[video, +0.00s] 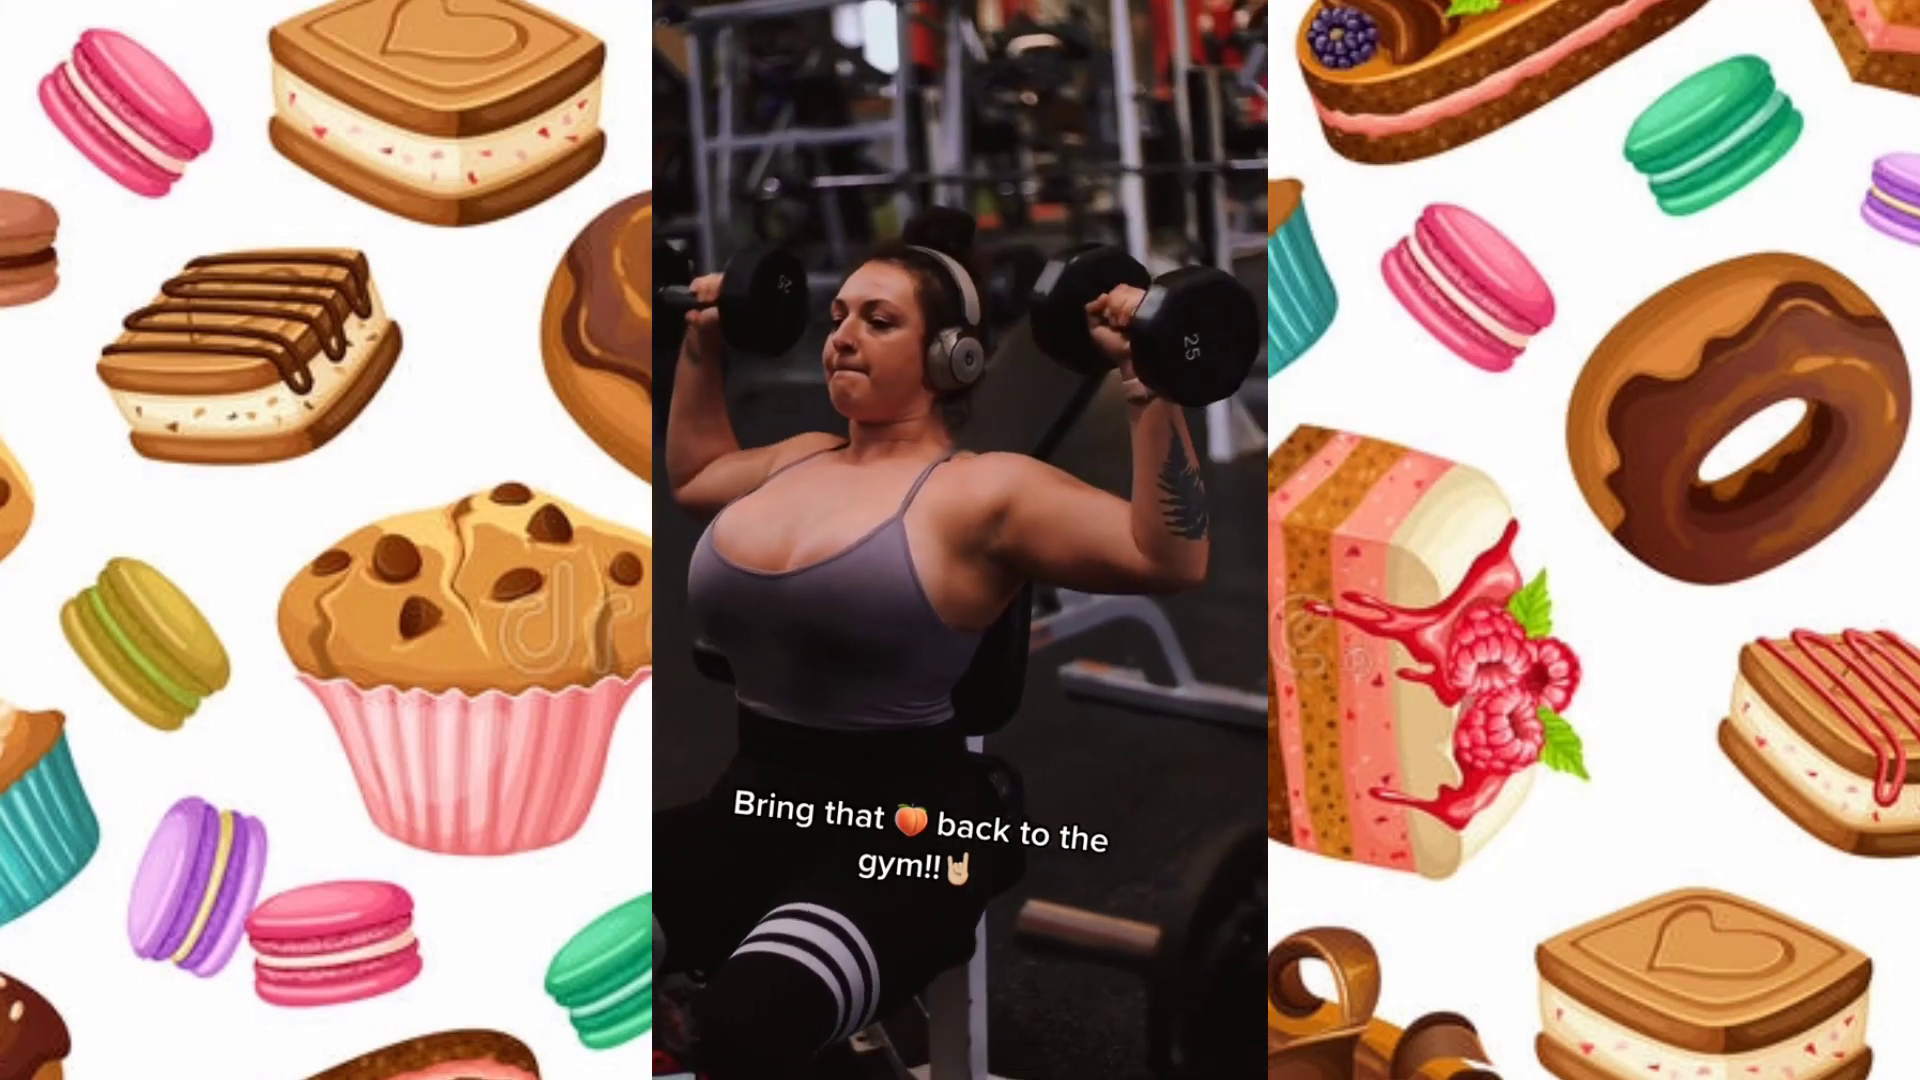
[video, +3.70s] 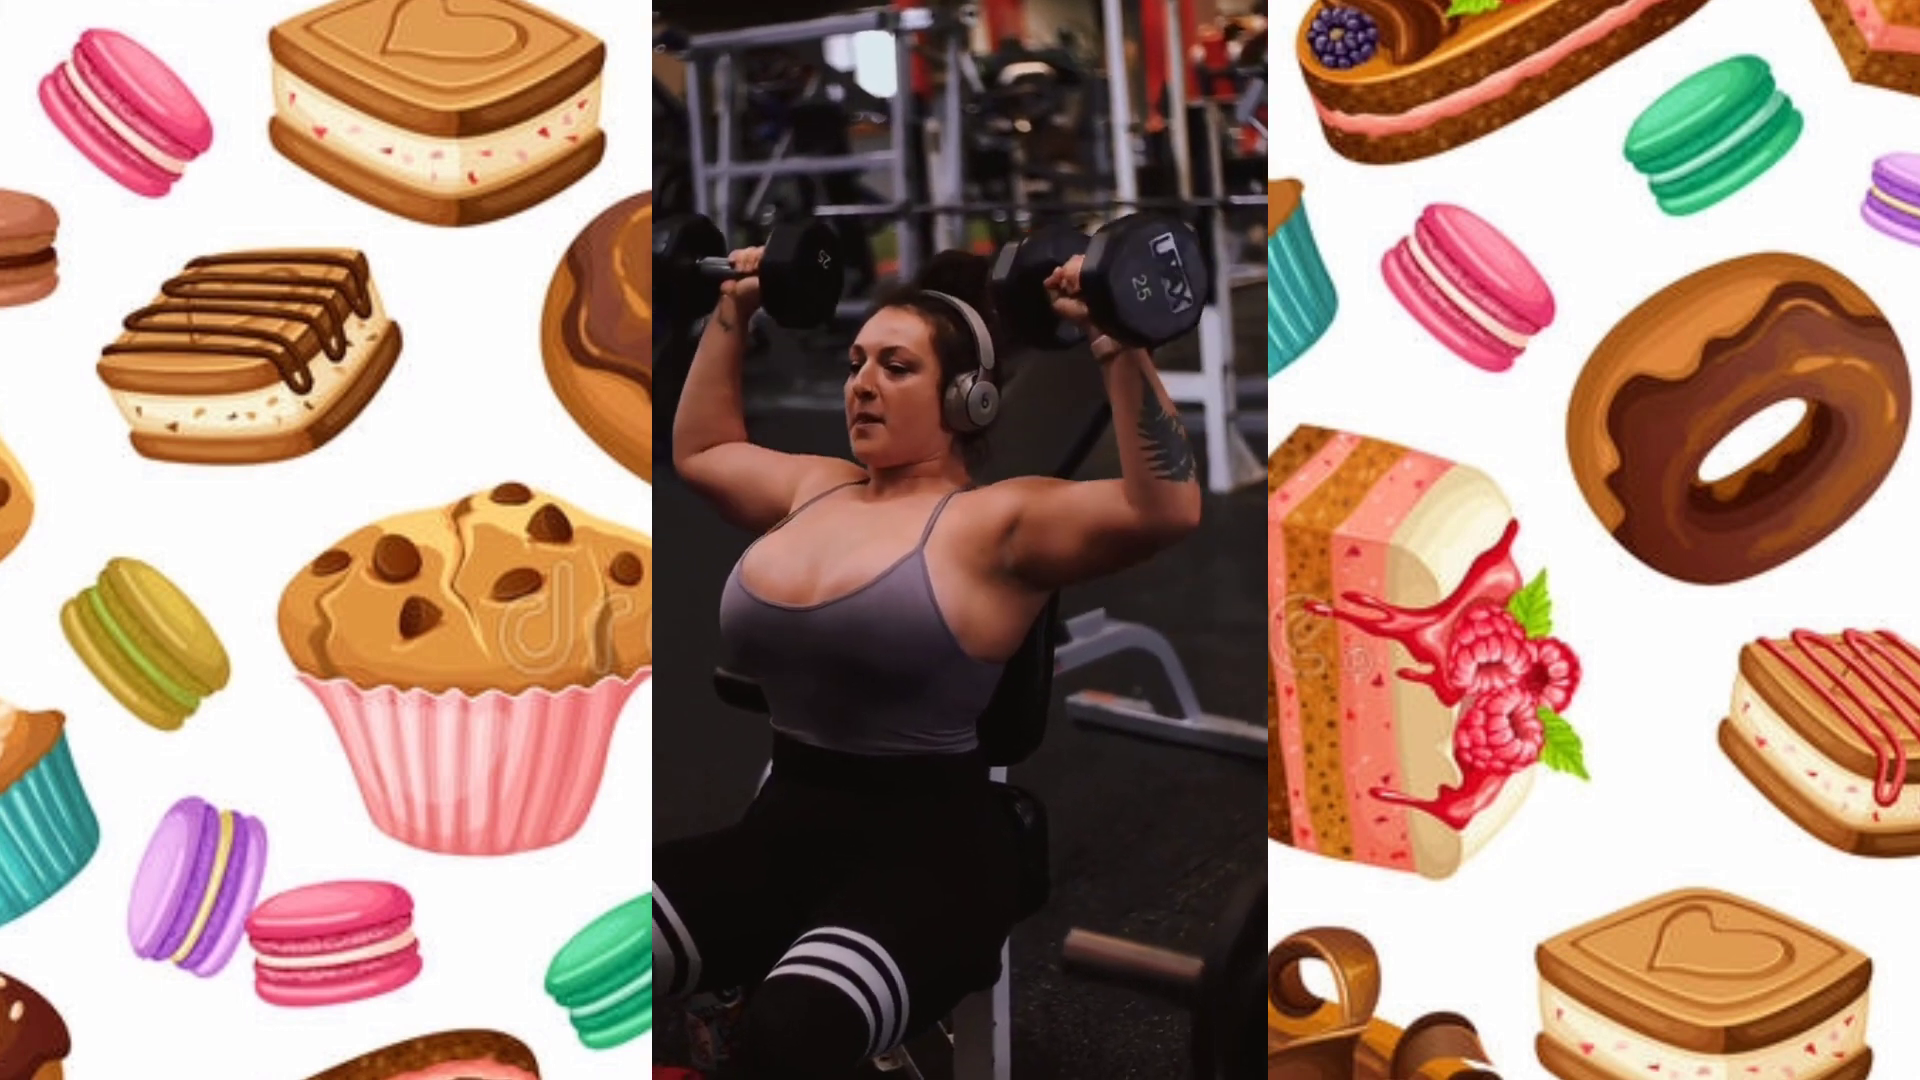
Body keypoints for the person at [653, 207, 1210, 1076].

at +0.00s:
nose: (843, 337)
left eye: (879, 320)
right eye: (839, 316)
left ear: (948, 356)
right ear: (824, 335)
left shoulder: (985, 490)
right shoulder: (804, 456)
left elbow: (1172, 558)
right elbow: (692, 472)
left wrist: (1151, 381)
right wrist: (701, 347)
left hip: (903, 831)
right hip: (759, 811)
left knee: (741, 1023)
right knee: (559, 907)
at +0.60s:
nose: (908, 335)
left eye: (941, 321)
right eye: (904, 319)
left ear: (1005, 358)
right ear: (890, 340)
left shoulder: (1032, 476)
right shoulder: (848, 438)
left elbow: (1186, 423)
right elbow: (743, 368)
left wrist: (1130, 258)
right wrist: (757, 237)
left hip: (961, 797)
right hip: (823, 779)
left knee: (824, 966)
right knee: (608, 885)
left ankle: (922, 1046)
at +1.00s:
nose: (885, 400)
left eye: (919, 386)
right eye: (884, 383)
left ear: (979, 421)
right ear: (871, 405)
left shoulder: (1009, 523)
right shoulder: (842, 490)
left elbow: (1080, 364)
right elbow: (769, 349)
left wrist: (1036, 201)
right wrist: (773, 201)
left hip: (945, 849)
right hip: (808, 832)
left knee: (810, 1028)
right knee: (605, 945)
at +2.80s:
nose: (863, 433)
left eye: (895, 416)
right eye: (857, 414)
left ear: (957, 445)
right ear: (843, 430)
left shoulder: (992, 565)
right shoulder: (816, 529)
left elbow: (1141, 494)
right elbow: (718, 462)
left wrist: (1090, 335)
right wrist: (745, 338)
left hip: (925, 877)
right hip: (789, 859)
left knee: (797, 1042)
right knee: (589, 966)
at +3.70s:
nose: (862, 383)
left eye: (895, 366)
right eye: (857, 362)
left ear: (964, 396)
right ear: (845, 379)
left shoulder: (998, 522)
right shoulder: (814, 486)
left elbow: (1167, 507)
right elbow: (701, 449)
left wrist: (1117, 341)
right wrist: (731, 311)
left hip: (933, 854)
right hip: (786, 834)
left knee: (787, 1031)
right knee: (587, 947)